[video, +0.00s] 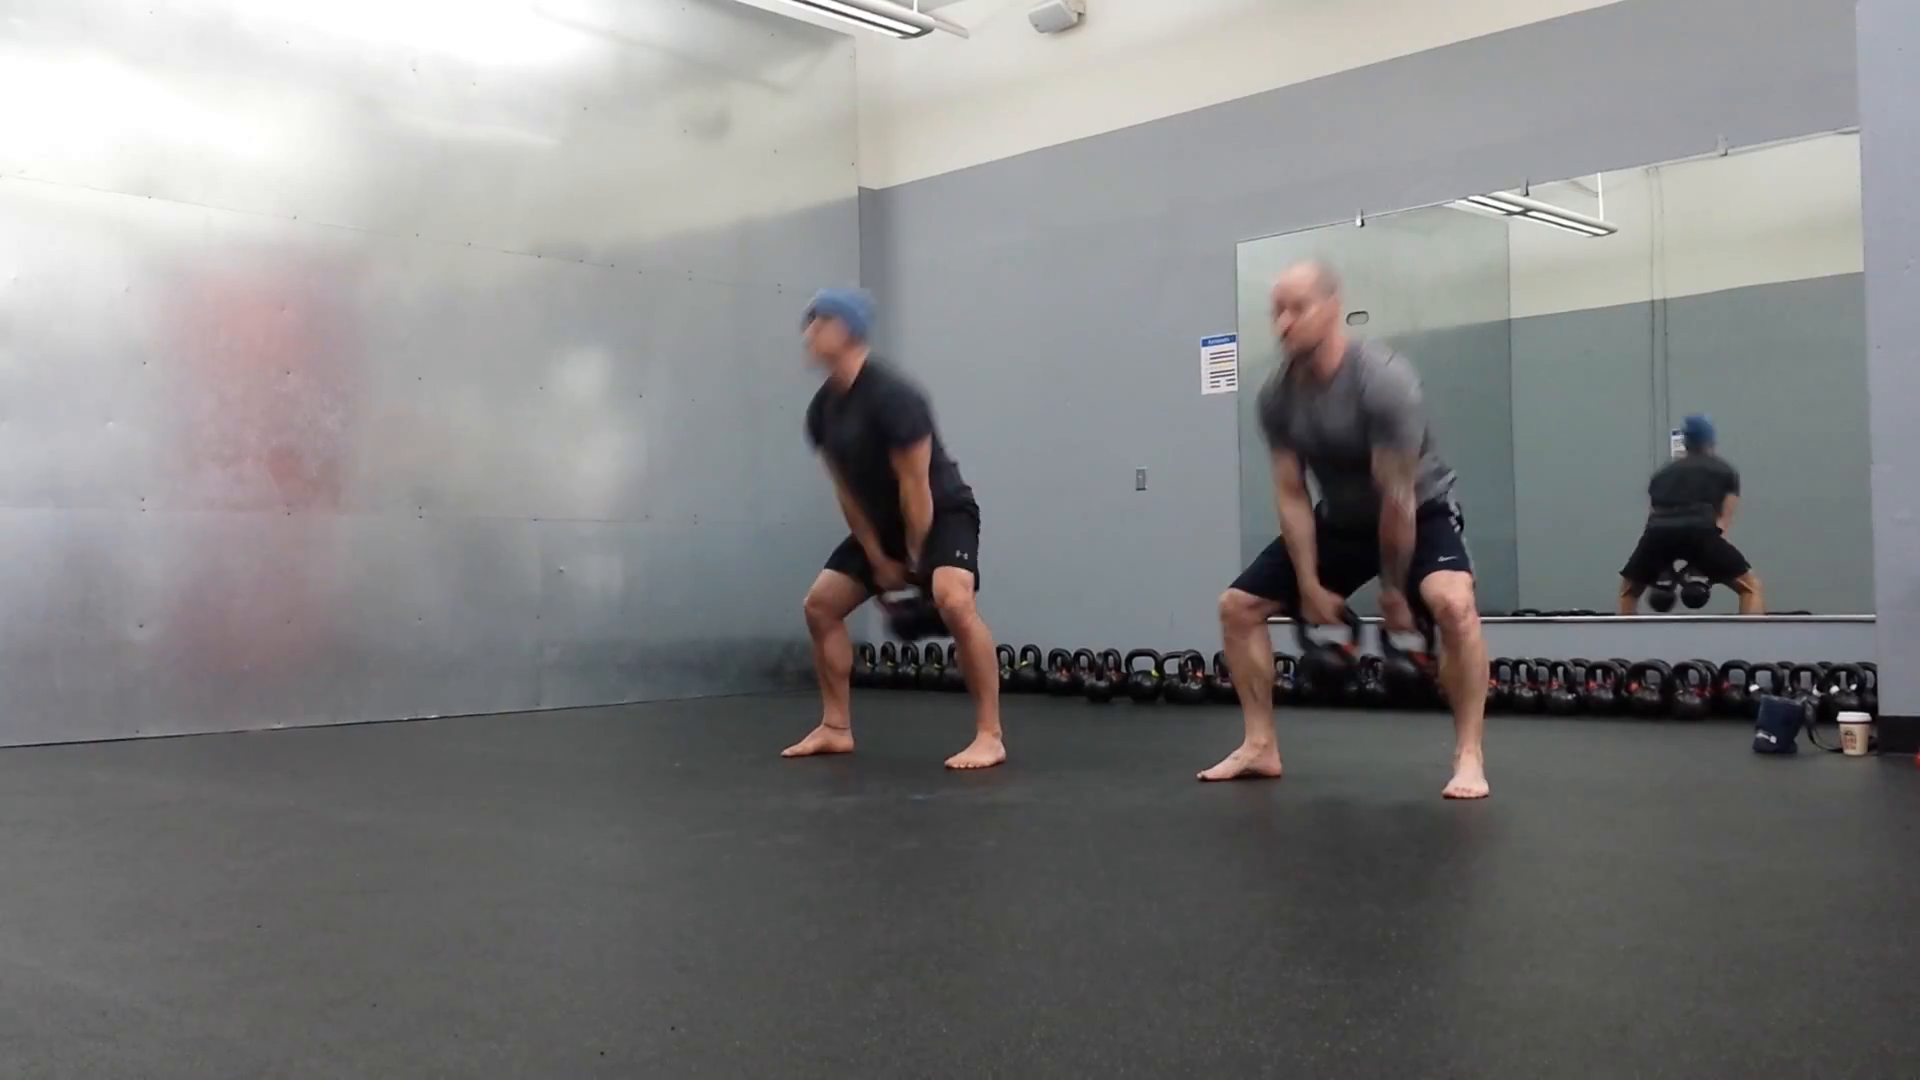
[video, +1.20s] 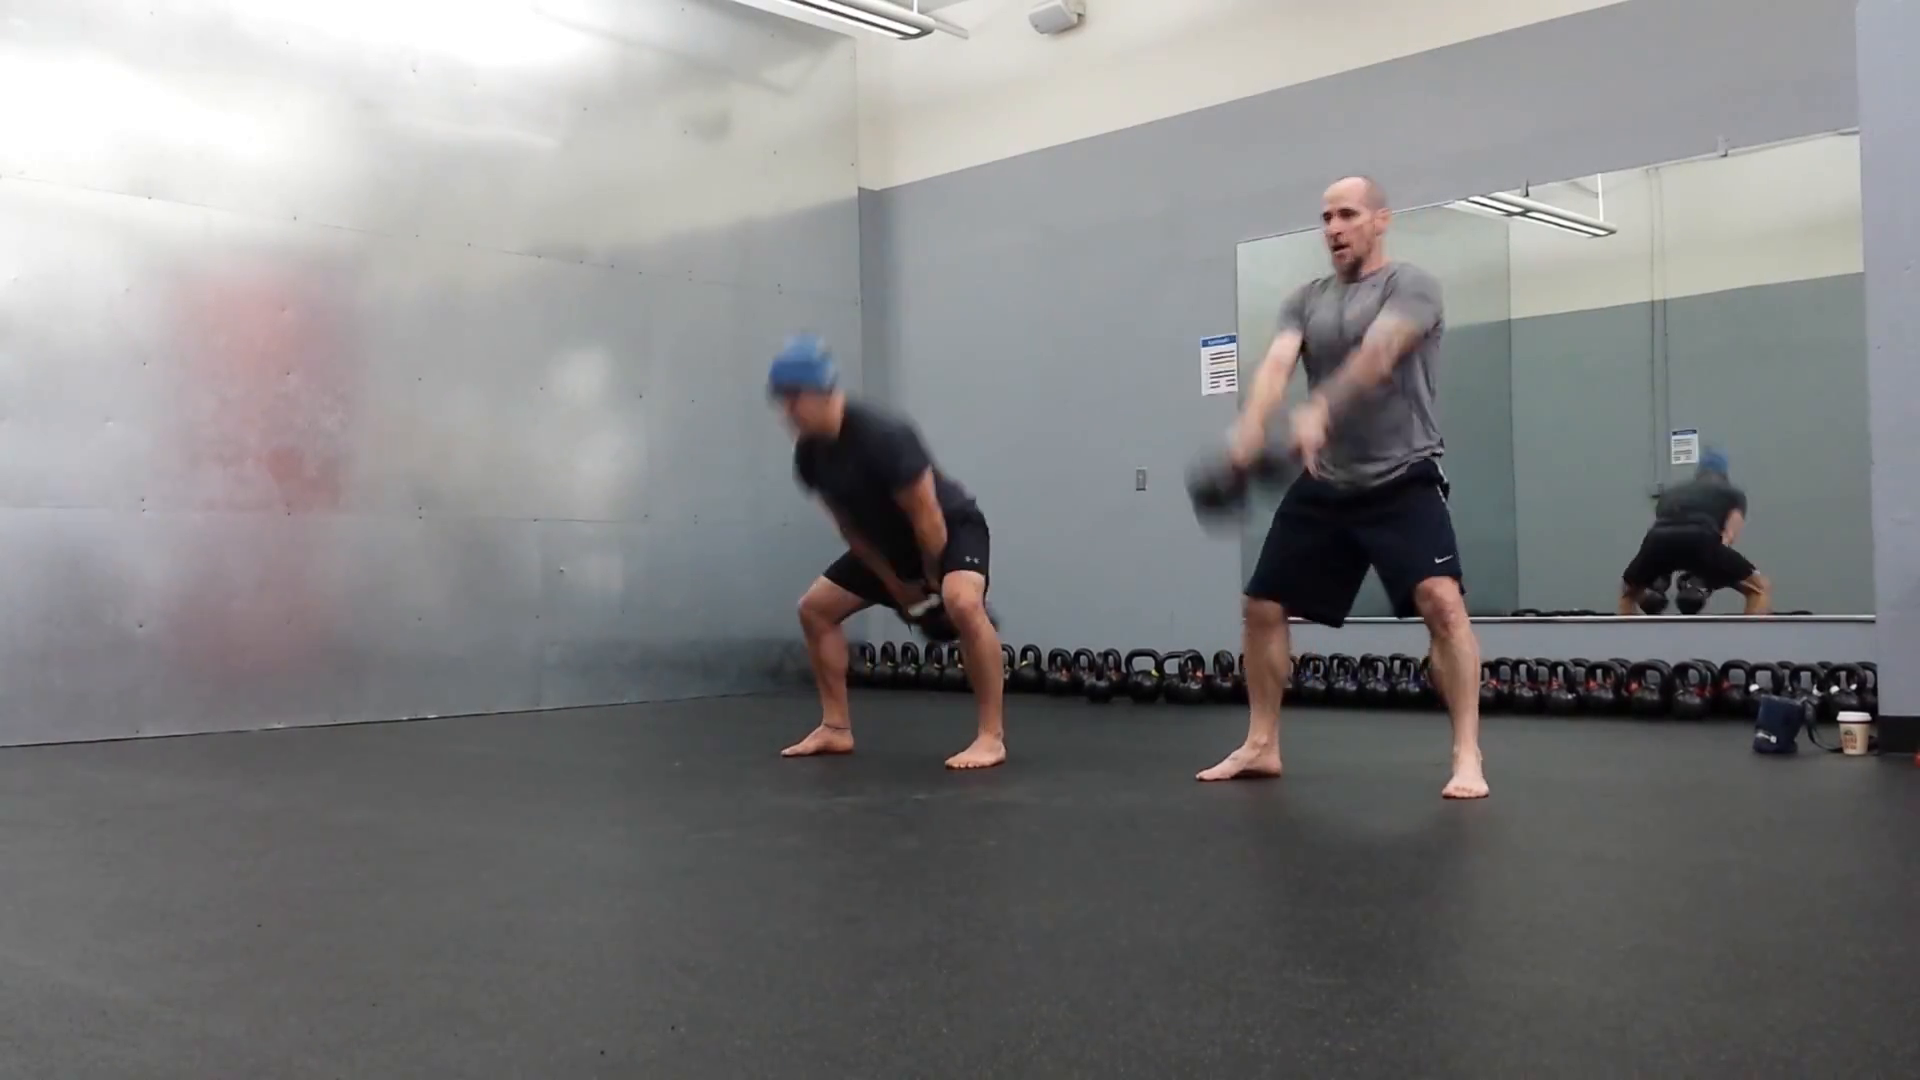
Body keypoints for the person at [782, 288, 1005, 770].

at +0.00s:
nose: (809, 331)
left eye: (822, 321)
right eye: (810, 322)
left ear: (851, 332)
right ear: (820, 335)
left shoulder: (895, 397)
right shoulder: (823, 410)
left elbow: (917, 488)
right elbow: (846, 492)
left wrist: (914, 559)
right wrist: (877, 558)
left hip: (942, 513)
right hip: (883, 519)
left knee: (953, 601)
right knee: (821, 607)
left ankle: (990, 735)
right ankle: (836, 727)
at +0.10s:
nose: (861, 290)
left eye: (872, 280)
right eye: (858, 281)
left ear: (901, 288)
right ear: (857, 293)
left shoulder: (928, 351)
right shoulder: (862, 364)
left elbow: (915, 443)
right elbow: (849, 443)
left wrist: (884, 505)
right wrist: (843, 514)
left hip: (940, 493)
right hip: (888, 494)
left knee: (952, 596)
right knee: (838, 600)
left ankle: (989, 734)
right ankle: (837, 725)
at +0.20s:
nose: (897, 292)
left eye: (907, 281)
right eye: (894, 283)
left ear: (937, 287)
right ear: (896, 290)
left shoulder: (965, 341)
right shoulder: (893, 352)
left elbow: (921, 400)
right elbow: (852, 405)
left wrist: (863, 434)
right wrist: (819, 441)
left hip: (934, 492)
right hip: (881, 491)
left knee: (953, 603)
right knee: (863, 609)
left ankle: (986, 735)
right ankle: (840, 726)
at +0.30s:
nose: (908, 297)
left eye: (917, 287)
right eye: (904, 289)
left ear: (945, 292)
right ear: (905, 298)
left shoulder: (974, 346)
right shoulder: (901, 355)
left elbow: (924, 375)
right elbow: (863, 387)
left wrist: (854, 374)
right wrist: (819, 390)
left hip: (931, 492)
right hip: (877, 493)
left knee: (952, 603)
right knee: (859, 612)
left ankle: (987, 735)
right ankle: (838, 726)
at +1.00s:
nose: (876, 309)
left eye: (885, 298)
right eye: (870, 299)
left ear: (913, 296)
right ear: (866, 303)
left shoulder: (947, 345)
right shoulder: (871, 359)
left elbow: (923, 421)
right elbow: (846, 425)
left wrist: (874, 475)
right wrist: (821, 482)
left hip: (951, 497)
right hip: (896, 500)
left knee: (955, 597)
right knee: (848, 606)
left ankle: (988, 736)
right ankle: (838, 727)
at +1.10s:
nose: (832, 341)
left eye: (840, 328)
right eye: (826, 331)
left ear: (868, 323)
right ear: (823, 335)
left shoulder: (915, 378)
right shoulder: (837, 394)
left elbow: (925, 469)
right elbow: (846, 477)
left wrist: (907, 539)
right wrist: (862, 546)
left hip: (954, 501)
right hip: (898, 507)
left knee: (960, 597)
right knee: (831, 605)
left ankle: (990, 735)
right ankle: (837, 726)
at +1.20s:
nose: (789, 409)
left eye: (797, 395)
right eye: (783, 398)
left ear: (825, 389)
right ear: (782, 402)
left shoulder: (884, 435)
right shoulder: (810, 455)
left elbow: (929, 518)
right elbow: (853, 530)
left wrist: (936, 584)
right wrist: (898, 587)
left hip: (952, 529)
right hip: (891, 539)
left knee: (962, 602)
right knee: (816, 609)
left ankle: (991, 737)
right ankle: (835, 728)